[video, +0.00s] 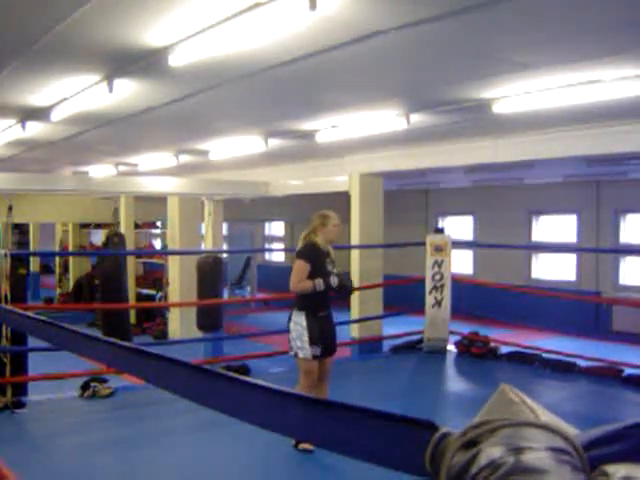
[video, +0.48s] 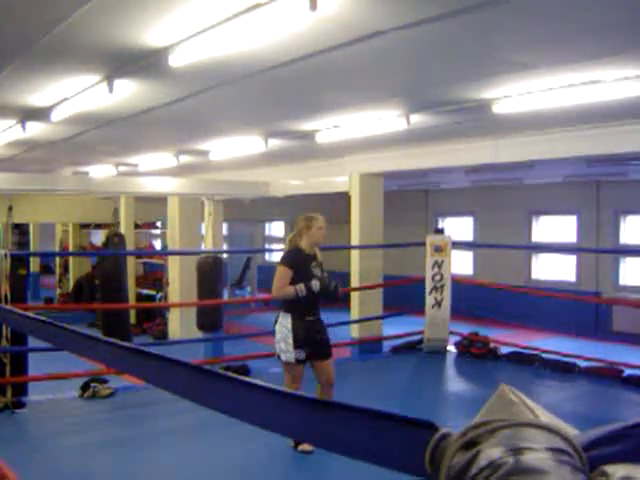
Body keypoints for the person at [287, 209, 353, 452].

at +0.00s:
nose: (339, 231)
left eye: (339, 226)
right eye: (335, 226)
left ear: (328, 228)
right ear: (321, 227)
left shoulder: (328, 252)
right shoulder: (308, 250)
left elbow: (325, 281)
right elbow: (295, 284)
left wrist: (339, 282)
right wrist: (326, 283)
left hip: (323, 313)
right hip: (304, 314)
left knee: (323, 375)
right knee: (309, 375)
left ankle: (318, 429)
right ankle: (302, 432)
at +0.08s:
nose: (335, 231)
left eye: (336, 227)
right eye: (332, 227)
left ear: (326, 228)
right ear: (318, 227)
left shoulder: (326, 253)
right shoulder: (304, 251)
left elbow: (322, 282)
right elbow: (293, 285)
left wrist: (335, 282)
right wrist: (322, 283)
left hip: (322, 313)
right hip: (302, 314)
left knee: (323, 371)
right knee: (306, 373)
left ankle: (320, 425)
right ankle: (301, 431)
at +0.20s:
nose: (332, 231)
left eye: (333, 227)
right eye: (329, 226)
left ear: (325, 229)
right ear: (315, 228)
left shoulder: (322, 254)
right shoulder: (300, 252)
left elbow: (320, 283)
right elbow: (288, 286)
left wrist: (334, 283)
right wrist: (318, 282)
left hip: (319, 313)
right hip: (299, 314)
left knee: (323, 373)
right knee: (302, 375)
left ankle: (320, 427)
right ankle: (300, 431)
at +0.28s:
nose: (331, 232)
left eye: (332, 227)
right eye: (328, 227)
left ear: (323, 229)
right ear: (314, 228)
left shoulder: (321, 254)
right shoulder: (299, 252)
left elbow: (322, 282)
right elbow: (286, 286)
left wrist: (333, 283)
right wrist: (316, 282)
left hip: (318, 313)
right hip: (297, 314)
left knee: (323, 373)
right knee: (301, 374)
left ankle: (320, 427)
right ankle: (299, 431)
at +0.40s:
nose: (327, 232)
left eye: (328, 228)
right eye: (323, 227)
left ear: (321, 230)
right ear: (310, 229)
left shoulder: (318, 254)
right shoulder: (296, 253)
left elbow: (318, 283)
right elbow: (281, 288)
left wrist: (331, 284)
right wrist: (313, 283)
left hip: (314, 315)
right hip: (294, 316)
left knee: (326, 375)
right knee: (296, 377)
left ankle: (316, 429)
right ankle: (297, 432)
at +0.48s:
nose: (324, 233)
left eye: (324, 229)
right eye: (320, 229)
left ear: (318, 231)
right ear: (306, 230)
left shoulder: (315, 255)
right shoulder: (292, 256)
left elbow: (314, 284)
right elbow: (277, 291)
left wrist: (329, 286)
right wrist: (308, 287)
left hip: (313, 317)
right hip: (292, 319)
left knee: (327, 380)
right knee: (293, 380)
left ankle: (316, 430)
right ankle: (296, 433)